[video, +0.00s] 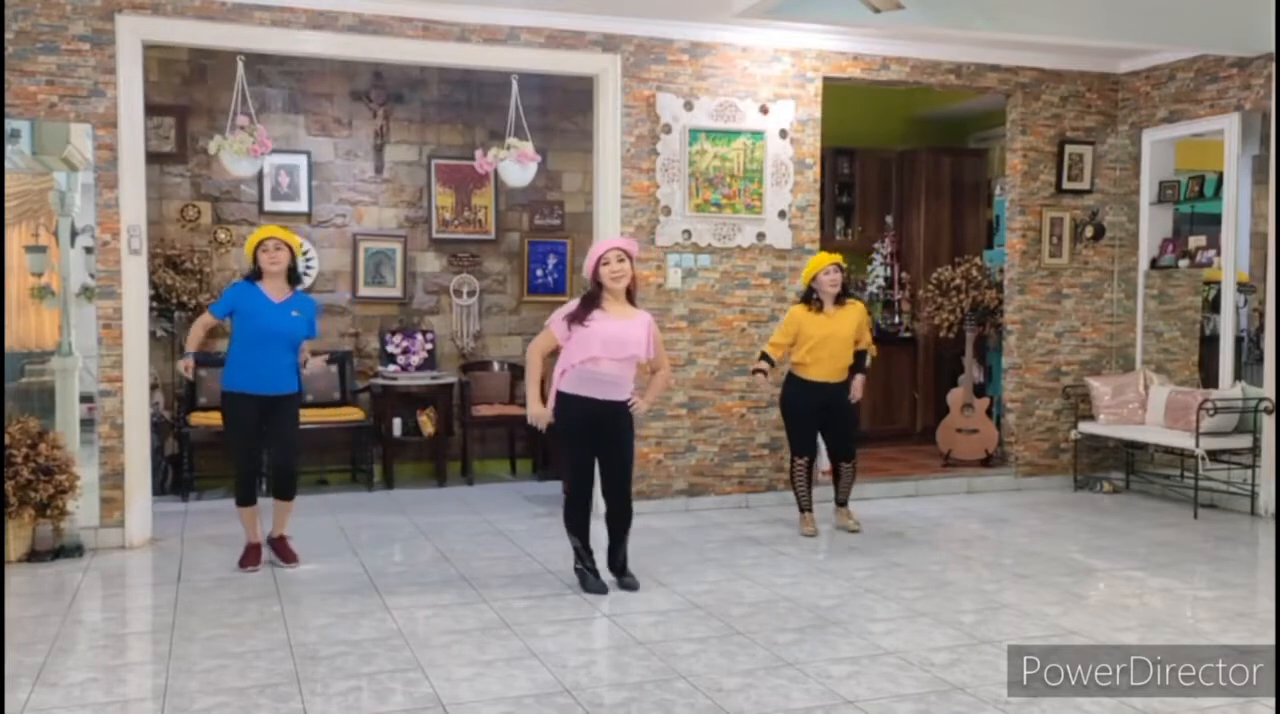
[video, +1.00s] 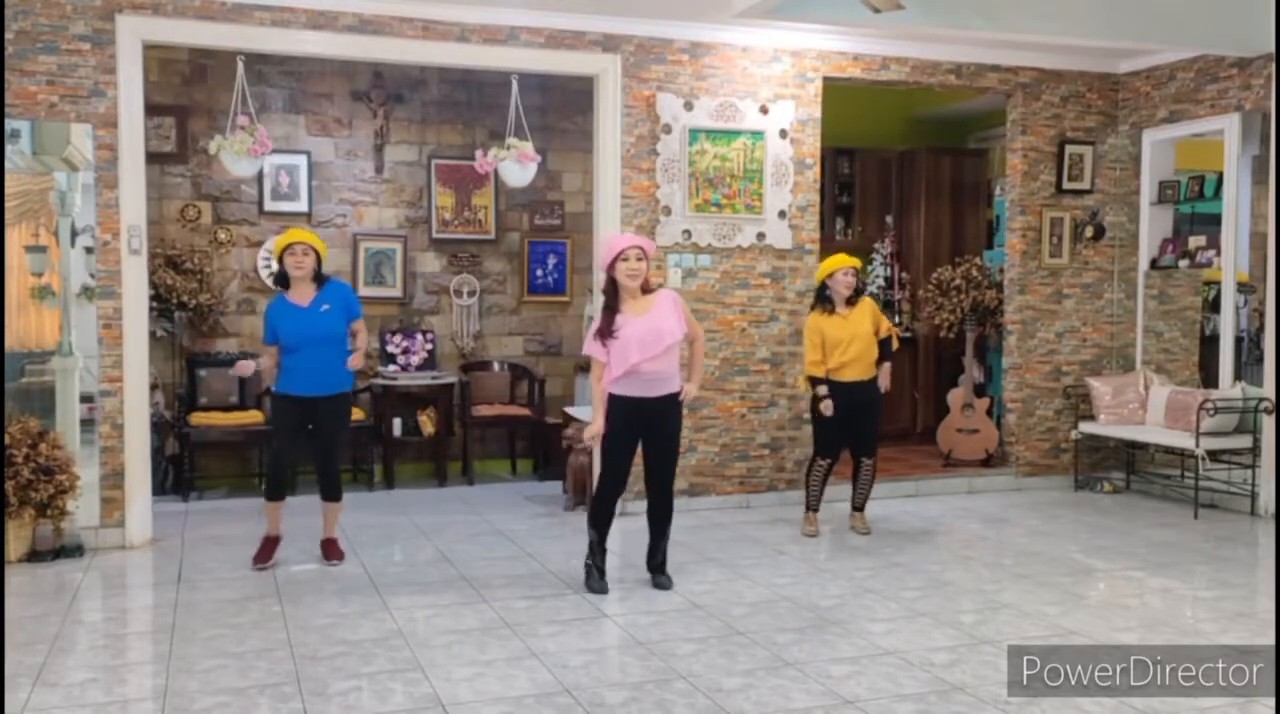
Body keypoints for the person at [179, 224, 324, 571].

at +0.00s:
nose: (272, 254)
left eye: (279, 249)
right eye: (265, 250)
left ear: (291, 257)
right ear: (256, 258)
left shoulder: (305, 304)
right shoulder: (239, 293)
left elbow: (303, 348)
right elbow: (203, 323)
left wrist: (306, 361)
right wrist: (189, 353)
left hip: (285, 396)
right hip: (241, 394)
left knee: (286, 466)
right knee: (246, 468)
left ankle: (278, 536)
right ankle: (253, 541)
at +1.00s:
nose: (299, 259)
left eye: (306, 253)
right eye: (291, 254)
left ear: (317, 260)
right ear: (282, 262)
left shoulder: (340, 293)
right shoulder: (276, 307)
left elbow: (359, 331)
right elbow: (271, 358)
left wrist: (360, 351)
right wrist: (255, 366)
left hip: (333, 395)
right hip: (289, 395)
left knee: (329, 465)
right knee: (278, 463)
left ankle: (330, 537)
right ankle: (272, 533)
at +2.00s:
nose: (288, 257)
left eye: (295, 251)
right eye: (281, 251)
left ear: (305, 259)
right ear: (271, 258)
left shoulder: (314, 301)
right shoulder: (255, 295)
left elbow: (313, 350)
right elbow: (218, 332)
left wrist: (340, 354)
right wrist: (242, 363)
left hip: (301, 397)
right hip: (258, 397)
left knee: (311, 466)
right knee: (258, 469)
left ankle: (325, 536)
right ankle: (256, 541)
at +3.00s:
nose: (276, 257)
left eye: (283, 251)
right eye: (270, 251)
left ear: (294, 259)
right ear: (259, 259)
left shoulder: (313, 298)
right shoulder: (247, 301)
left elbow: (328, 342)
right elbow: (234, 351)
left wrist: (319, 351)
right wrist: (204, 334)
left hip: (299, 397)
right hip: (254, 397)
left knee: (309, 466)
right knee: (253, 469)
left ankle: (333, 538)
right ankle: (255, 542)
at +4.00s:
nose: (321, 255)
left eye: (326, 250)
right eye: (314, 250)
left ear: (335, 258)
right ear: (301, 257)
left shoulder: (346, 297)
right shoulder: (287, 298)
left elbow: (355, 343)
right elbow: (267, 345)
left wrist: (387, 336)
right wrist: (297, 349)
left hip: (339, 394)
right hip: (299, 395)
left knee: (337, 465)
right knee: (301, 465)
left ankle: (337, 538)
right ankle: (289, 527)